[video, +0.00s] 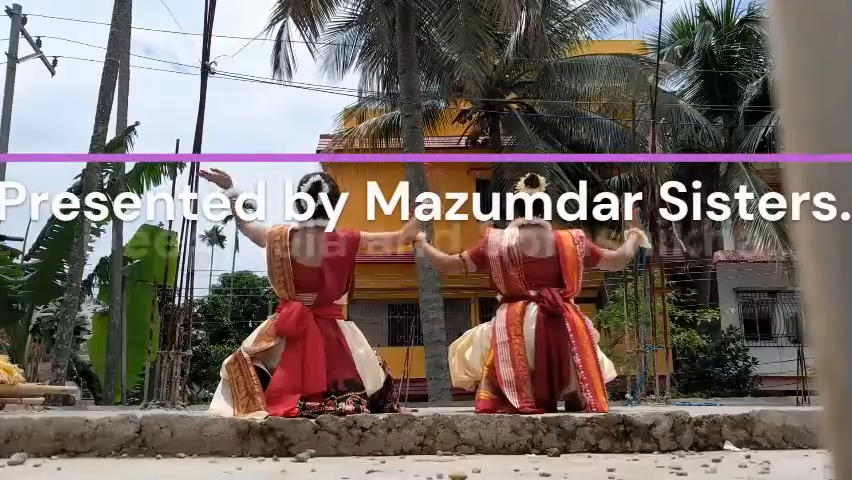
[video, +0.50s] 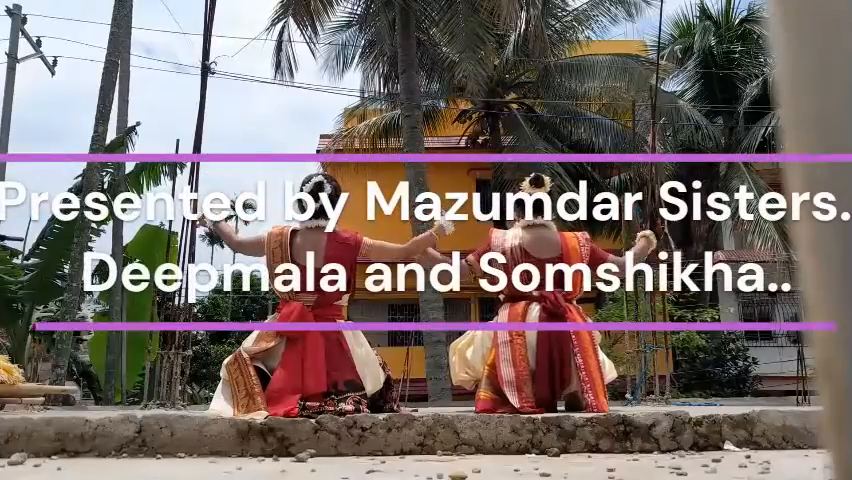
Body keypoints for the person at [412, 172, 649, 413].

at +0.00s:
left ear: (512, 207)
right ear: (548, 207)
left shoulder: (495, 241)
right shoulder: (571, 240)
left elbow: (449, 265)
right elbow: (617, 260)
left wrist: (419, 244)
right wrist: (633, 239)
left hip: (513, 330)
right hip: (565, 328)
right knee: (578, 403)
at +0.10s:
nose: (528, 213)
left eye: (526, 205)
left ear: (513, 206)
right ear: (548, 204)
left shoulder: (499, 240)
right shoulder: (572, 239)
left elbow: (462, 265)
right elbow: (609, 266)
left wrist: (427, 253)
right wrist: (637, 238)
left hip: (512, 317)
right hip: (565, 316)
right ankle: (581, 402)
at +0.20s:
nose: (526, 210)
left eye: (524, 204)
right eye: (529, 203)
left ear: (513, 207)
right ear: (549, 207)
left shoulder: (496, 242)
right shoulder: (573, 243)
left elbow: (461, 274)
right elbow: (615, 271)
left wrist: (428, 258)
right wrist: (635, 243)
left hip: (512, 325)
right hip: (567, 326)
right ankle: (578, 397)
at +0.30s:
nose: (528, 209)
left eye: (528, 203)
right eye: (530, 203)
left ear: (515, 207)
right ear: (550, 207)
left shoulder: (497, 243)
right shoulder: (573, 244)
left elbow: (462, 274)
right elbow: (616, 271)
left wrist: (426, 260)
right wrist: (638, 246)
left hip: (510, 328)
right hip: (565, 329)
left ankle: (511, 401)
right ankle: (575, 394)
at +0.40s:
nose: (528, 210)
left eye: (526, 204)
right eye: (531, 203)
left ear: (515, 207)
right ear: (549, 206)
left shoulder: (498, 242)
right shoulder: (573, 243)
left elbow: (460, 274)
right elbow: (615, 269)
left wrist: (424, 259)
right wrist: (642, 250)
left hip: (511, 326)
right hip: (564, 325)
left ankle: (509, 401)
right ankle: (578, 398)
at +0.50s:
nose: (527, 213)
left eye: (524, 205)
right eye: (531, 205)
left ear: (516, 207)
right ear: (551, 207)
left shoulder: (499, 241)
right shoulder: (575, 243)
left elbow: (467, 267)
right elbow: (618, 267)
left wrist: (431, 256)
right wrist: (641, 249)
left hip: (513, 328)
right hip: (565, 329)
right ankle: (578, 397)